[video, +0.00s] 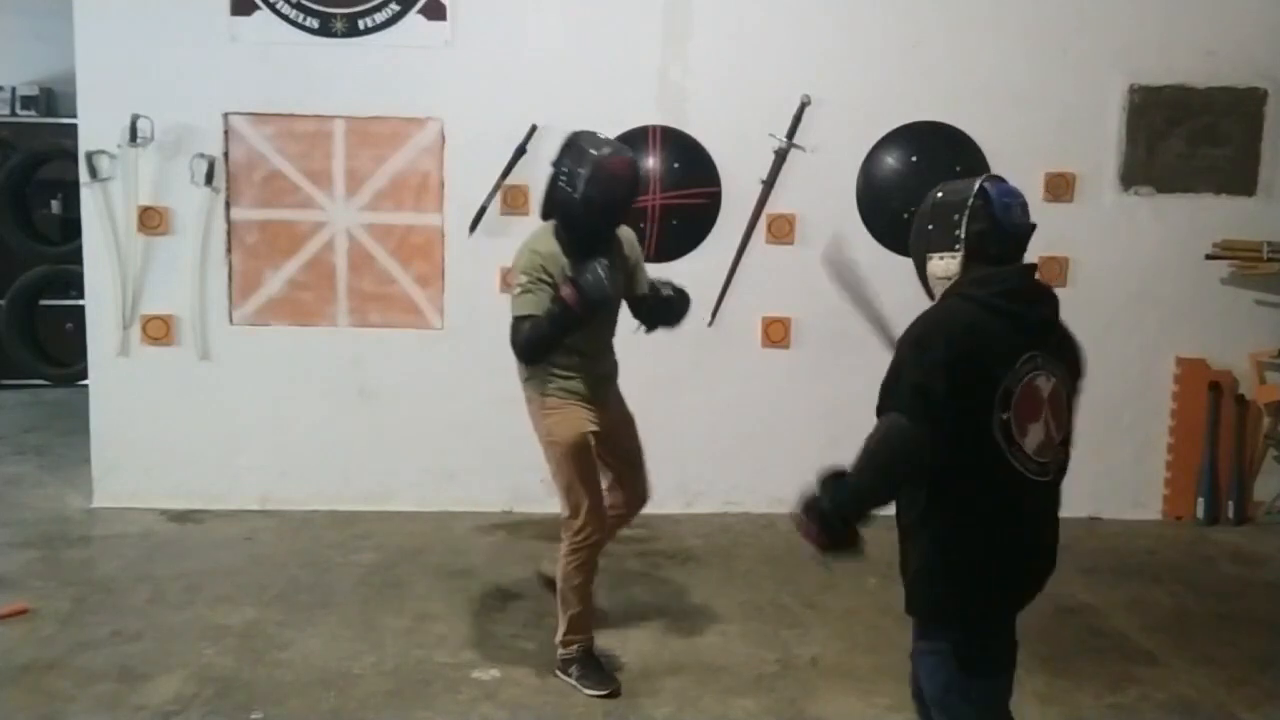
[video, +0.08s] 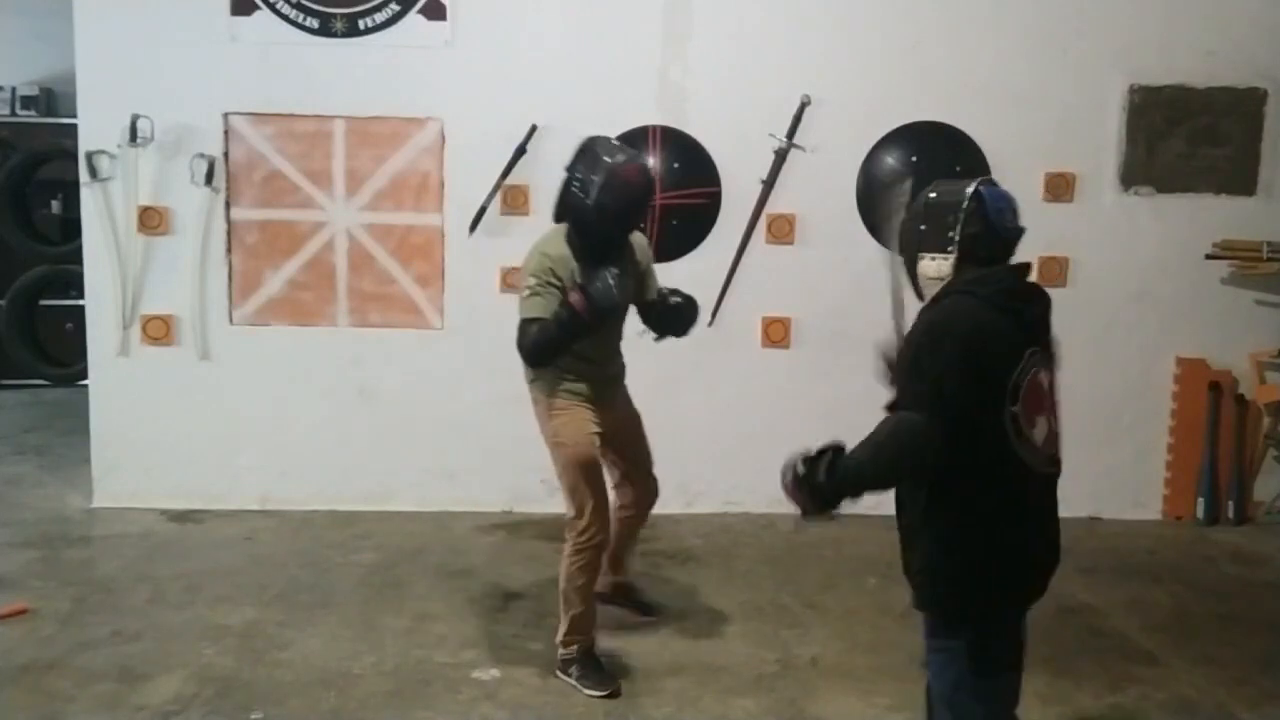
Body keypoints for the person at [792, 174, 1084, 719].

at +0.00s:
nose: (925, 259)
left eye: (932, 245)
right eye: (928, 245)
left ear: (952, 248)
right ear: (1008, 246)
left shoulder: (940, 332)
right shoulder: (1049, 328)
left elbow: (903, 442)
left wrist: (836, 505)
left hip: (955, 558)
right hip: (1022, 548)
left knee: (949, 692)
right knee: (981, 683)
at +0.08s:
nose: (914, 249)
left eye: (923, 235)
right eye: (916, 235)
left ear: (949, 243)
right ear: (993, 242)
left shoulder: (951, 323)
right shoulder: (1020, 304)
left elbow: (915, 435)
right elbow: (990, 403)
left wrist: (832, 479)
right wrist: (916, 372)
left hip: (963, 558)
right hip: (1013, 545)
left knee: (960, 697)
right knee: (988, 691)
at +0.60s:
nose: (936, 268)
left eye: (942, 253)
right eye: (938, 254)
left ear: (965, 253)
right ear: (1008, 248)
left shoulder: (988, 319)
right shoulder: (1035, 304)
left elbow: (959, 429)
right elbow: (1025, 439)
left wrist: (880, 461)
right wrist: (959, 512)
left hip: (1005, 552)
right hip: (1035, 539)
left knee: (999, 692)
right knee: (974, 668)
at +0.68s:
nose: (955, 269)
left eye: (960, 255)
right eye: (956, 255)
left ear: (984, 256)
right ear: (1028, 251)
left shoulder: (999, 327)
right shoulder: (1061, 310)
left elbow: (963, 439)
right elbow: (1045, 442)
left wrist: (888, 465)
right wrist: (967, 505)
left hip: (1011, 557)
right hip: (1055, 546)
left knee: (1005, 699)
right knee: (1007, 691)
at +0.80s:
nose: (982, 273)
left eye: (986, 259)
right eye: (983, 259)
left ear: (1010, 259)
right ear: (1058, 252)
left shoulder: (1021, 333)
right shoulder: (1102, 322)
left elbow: (974, 447)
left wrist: (903, 495)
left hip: (1029, 574)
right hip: (1091, 562)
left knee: (1020, 701)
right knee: (1053, 699)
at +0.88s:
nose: (999, 264)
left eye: (1005, 249)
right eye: (1000, 249)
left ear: (1030, 251)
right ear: (1078, 245)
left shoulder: (1035, 331)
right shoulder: (1121, 318)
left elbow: (985, 447)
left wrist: (920, 525)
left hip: (1046, 569)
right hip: (1107, 556)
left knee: (1032, 693)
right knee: (1069, 688)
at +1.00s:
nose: (1018, 260)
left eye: (1023, 246)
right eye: (1020, 246)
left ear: (1047, 247)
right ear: (1098, 242)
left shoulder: (1058, 326)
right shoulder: (1141, 317)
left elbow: (1017, 453)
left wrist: (956, 556)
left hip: (1060, 565)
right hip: (1116, 555)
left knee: (1053, 698)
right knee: (1087, 695)